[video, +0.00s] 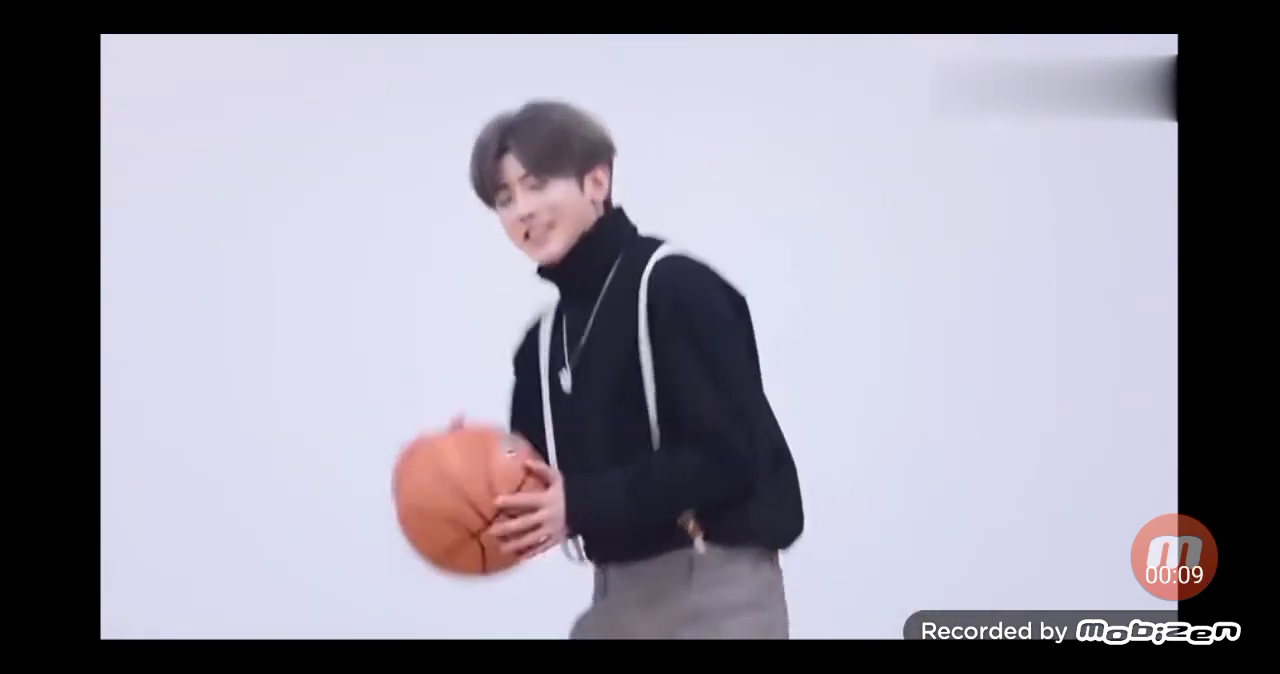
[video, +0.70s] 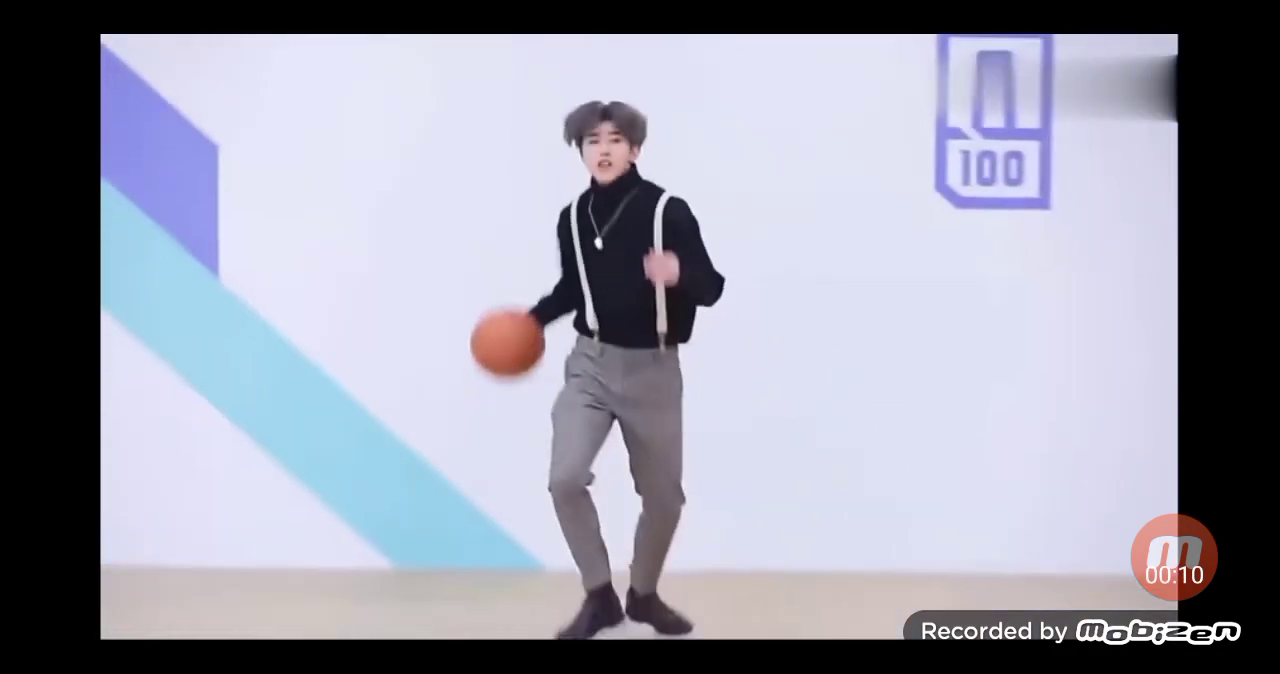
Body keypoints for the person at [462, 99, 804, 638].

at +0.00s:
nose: (520, 212)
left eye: (535, 183)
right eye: (503, 199)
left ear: (596, 181)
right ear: (495, 215)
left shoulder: (681, 290)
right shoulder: (539, 346)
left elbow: (729, 462)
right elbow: (533, 486)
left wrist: (575, 504)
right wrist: (481, 473)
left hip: (717, 586)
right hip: (618, 594)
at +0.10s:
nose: (520, 165)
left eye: (536, 139)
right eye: (503, 151)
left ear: (597, 133)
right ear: (494, 162)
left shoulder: (693, 239)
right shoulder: (514, 290)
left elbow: (736, 408)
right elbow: (525, 457)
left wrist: (617, 448)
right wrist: (477, 407)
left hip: (716, 543)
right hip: (601, 561)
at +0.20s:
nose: (543, 185)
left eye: (559, 162)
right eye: (530, 170)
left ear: (610, 162)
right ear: (520, 180)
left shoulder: (689, 252)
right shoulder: (526, 295)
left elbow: (734, 392)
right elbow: (513, 411)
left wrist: (639, 404)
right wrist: (491, 453)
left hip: (711, 515)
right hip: (605, 527)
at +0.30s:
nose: (562, 218)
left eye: (577, 199)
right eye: (550, 204)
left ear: (620, 200)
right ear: (540, 213)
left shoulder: (690, 282)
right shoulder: (545, 318)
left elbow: (732, 401)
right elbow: (523, 438)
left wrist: (658, 404)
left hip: (705, 515)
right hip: (611, 520)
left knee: (718, 633)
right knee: (608, 631)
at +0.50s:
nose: (599, 227)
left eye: (611, 213)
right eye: (589, 216)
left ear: (642, 218)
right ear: (581, 223)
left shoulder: (693, 285)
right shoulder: (578, 303)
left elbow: (715, 368)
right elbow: (547, 404)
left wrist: (697, 372)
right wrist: (502, 485)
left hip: (683, 455)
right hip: (608, 455)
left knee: (690, 608)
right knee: (588, 562)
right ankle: (611, 638)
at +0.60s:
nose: (602, 186)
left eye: (614, 174)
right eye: (591, 176)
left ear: (637, 181)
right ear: (580, 186)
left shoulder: (680, 247)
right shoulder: (570, 262)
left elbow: (713, 318)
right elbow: (553, 351)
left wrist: (692, 330)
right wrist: (511, 409)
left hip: (672, 414)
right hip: (603, 411)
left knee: (676, 552)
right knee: (579, 520)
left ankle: (648, 636)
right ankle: (606, 635)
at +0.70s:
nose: (603, 150)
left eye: (615, 140)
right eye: (593, 141)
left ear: (635, 149)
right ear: (580, 151)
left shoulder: (667, 211)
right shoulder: (571, 218)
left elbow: (712, 289)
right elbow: (572, 288)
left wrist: (680, 274)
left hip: (653, 372)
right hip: (590, 365)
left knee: (664, 498)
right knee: (564, 480)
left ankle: (642, 595)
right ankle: (600, 598)